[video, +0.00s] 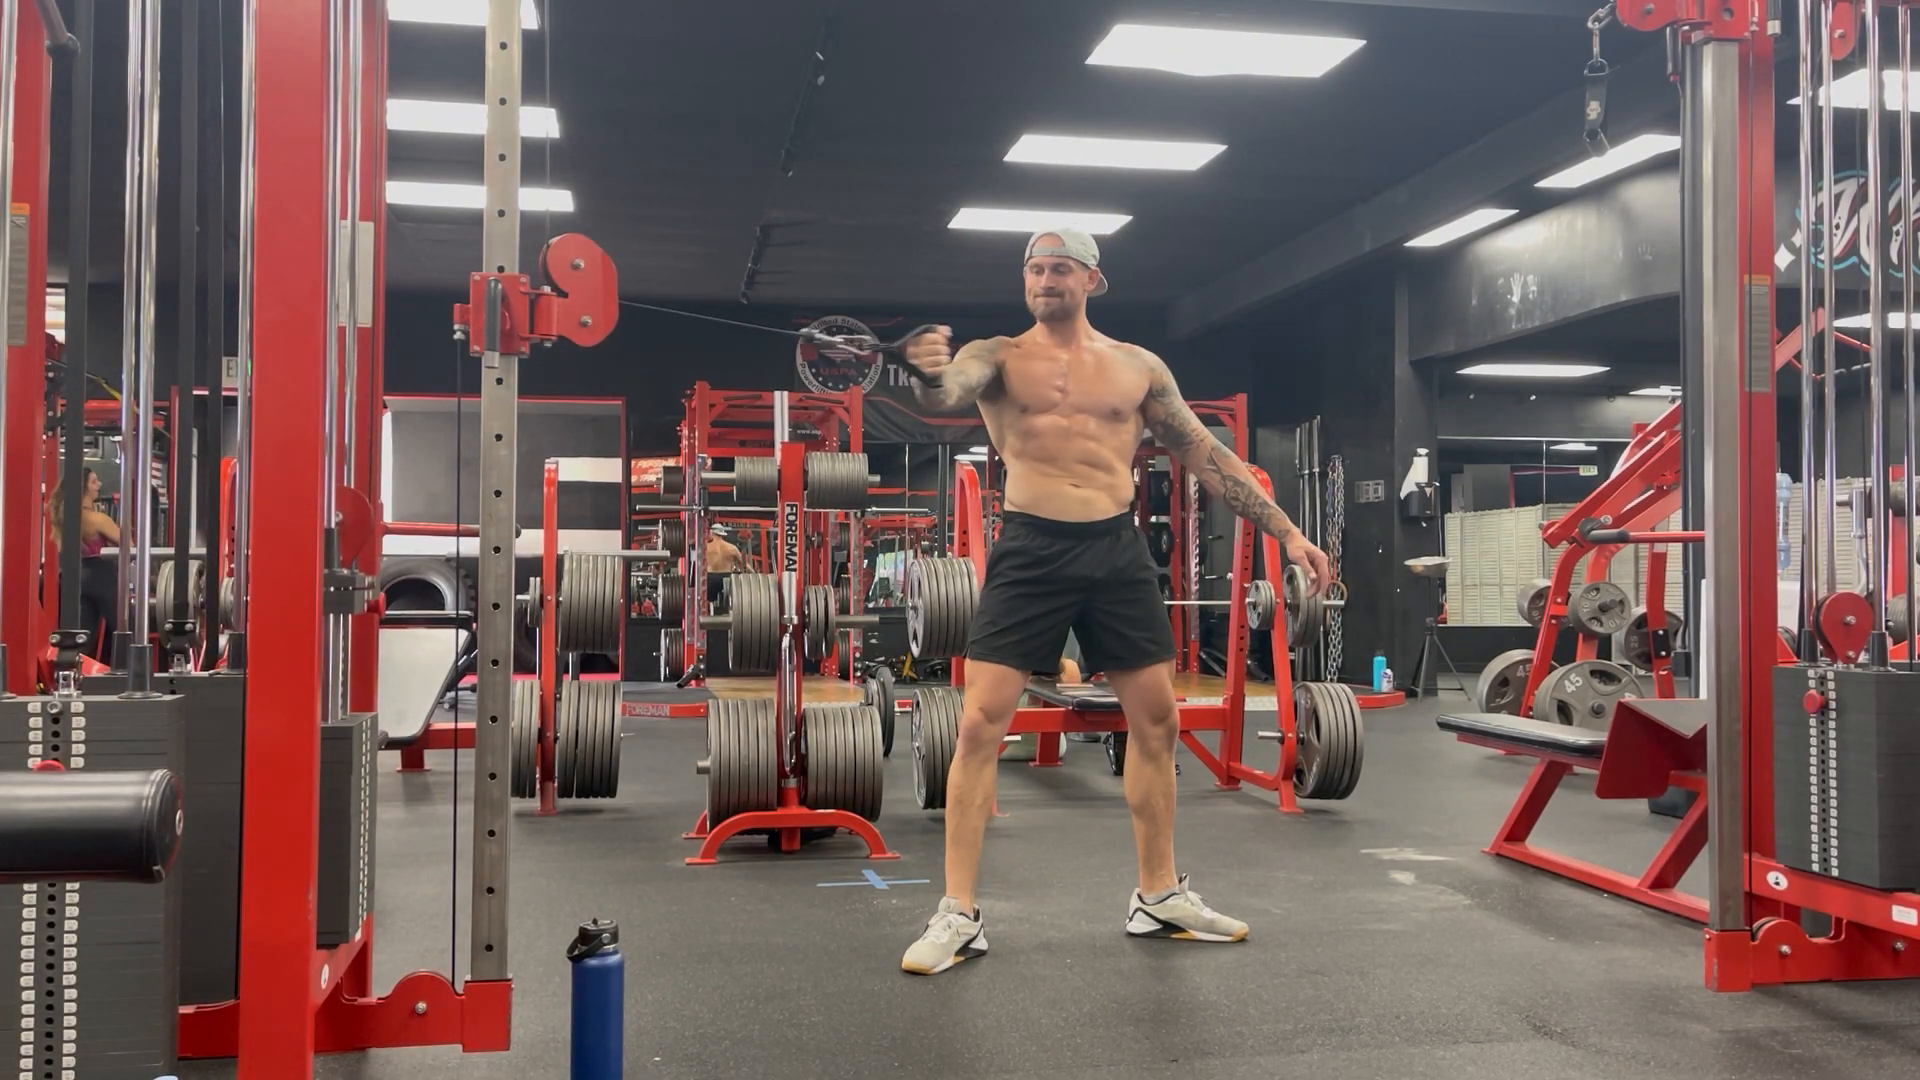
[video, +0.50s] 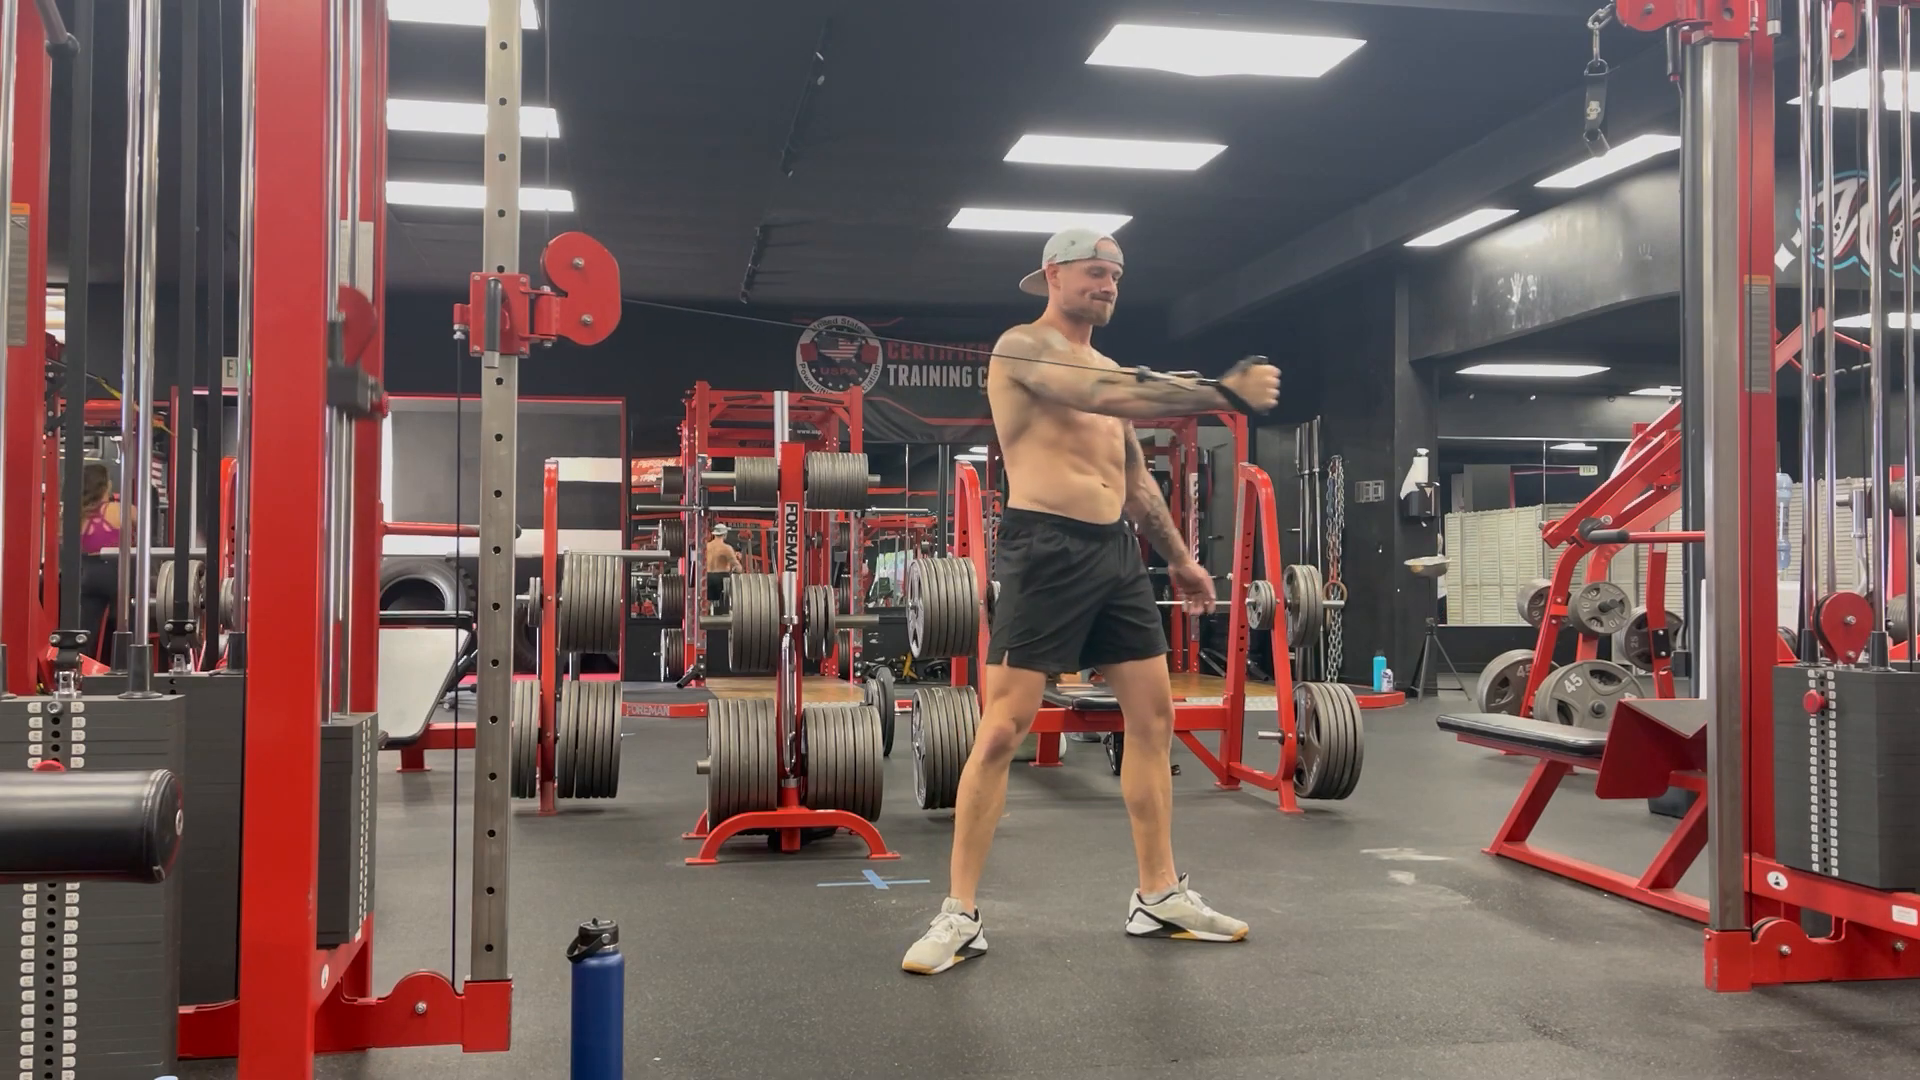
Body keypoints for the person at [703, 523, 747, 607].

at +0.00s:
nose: (709, 534)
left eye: (710, 532)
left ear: (712, 533)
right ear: (722, 535)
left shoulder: (706, 547)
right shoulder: (731, 548)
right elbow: (742, 563)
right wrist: (753, 573)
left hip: (711, 574)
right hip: (726, 574)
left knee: (708, 601)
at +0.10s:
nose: (711, 535)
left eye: (712, 533)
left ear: (712, 533)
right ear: (723, 534)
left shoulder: (707, 547)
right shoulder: (730, 548)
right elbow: (743, 563)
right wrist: (754, 574)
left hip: (711, 574)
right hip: (726, 574)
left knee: (710, 602)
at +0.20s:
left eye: (713, 533)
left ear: (713, 533)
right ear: (723, 535)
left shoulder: (707, 547)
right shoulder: (730, 548)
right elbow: (742, 562)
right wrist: (753, 574)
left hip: (711, 574)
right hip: (725, 575)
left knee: (710, 602)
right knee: (724, 604)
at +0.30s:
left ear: (713, 533)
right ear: (724, 534)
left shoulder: (708, 546)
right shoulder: (729, 548)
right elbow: (739, 560)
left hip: (711, 573)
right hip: (725, 574)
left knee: (711, 601)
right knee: (724, 602)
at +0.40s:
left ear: (714, 534)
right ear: (724, 535)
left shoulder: (708, 546)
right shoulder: (728, 548)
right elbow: (738, 563)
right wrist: (738, 571)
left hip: (710, 573)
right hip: (723, 573)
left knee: (710, 600)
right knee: (723, 601)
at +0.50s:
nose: (727, 536)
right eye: (726, 534)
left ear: (714, 534)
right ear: (724, 535)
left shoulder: (708, 546)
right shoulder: (726, 548)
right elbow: (738, 567)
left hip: (710, 573)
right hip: (723, 573)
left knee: (711, 602)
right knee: (723, 603)